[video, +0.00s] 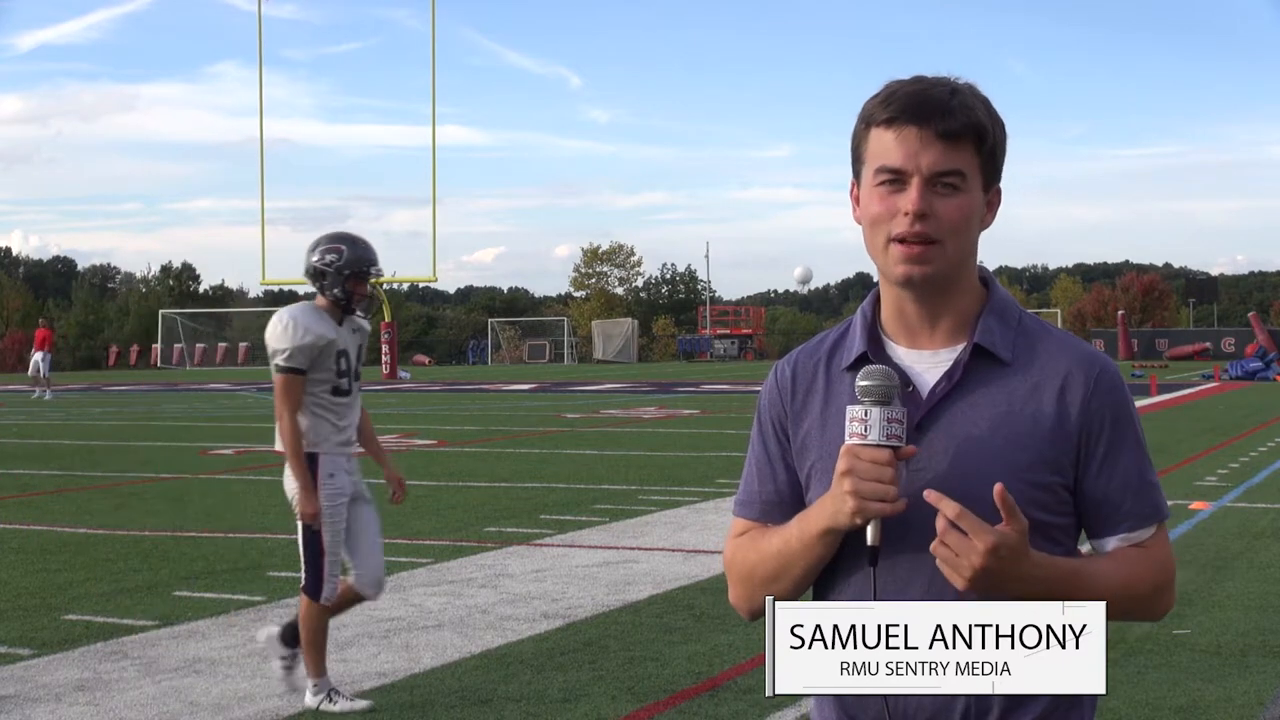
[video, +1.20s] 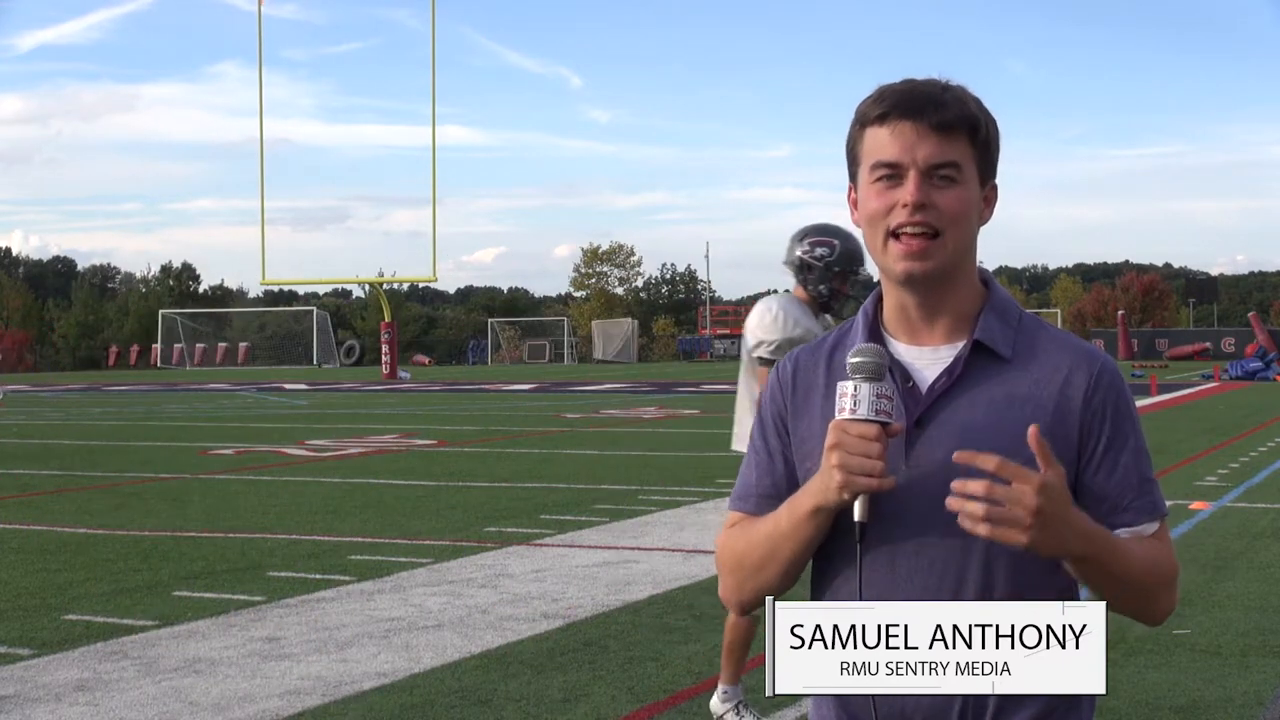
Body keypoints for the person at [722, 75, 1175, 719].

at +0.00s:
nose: (914, 207)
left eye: (946, 183)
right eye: (890, 182)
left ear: (989, 204)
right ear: (858, 202)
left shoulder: (1078, 381)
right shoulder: (796, 383)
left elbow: (1153, 581)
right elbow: (745, 587)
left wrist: (1030, 575)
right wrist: (830, 514)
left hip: (1028, 707)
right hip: (849, 708)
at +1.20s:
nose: (913, 198)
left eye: (942, 175)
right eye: (887, 176)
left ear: (987, 199)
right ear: (856, 205)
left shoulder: (1079, 379)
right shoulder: (799, 382)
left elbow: (1157, 597)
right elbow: (736, 584)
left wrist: (1071, 534)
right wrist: (820, 493)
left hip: (1028, 705)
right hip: (850, 706)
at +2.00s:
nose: (917, 197)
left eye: (944, 175)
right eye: (889, 177)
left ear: (987, 200)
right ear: (856, 207)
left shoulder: (1081, 377)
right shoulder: (797, 385)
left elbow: (1162, 571)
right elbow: (743, 586)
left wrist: (1059, 560)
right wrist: (833, 515)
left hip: (1032, 707)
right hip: (851, 709)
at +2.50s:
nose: (912, 209)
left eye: (941, 183)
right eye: (886, 184)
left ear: (985, 201)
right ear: (854, 207)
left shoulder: (1081, 380)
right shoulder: (798, 385)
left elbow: (1157, 577)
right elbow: (746, 587)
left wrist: (1048, 568)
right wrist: (834, 515)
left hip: (1031, 708)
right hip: (852, 708)